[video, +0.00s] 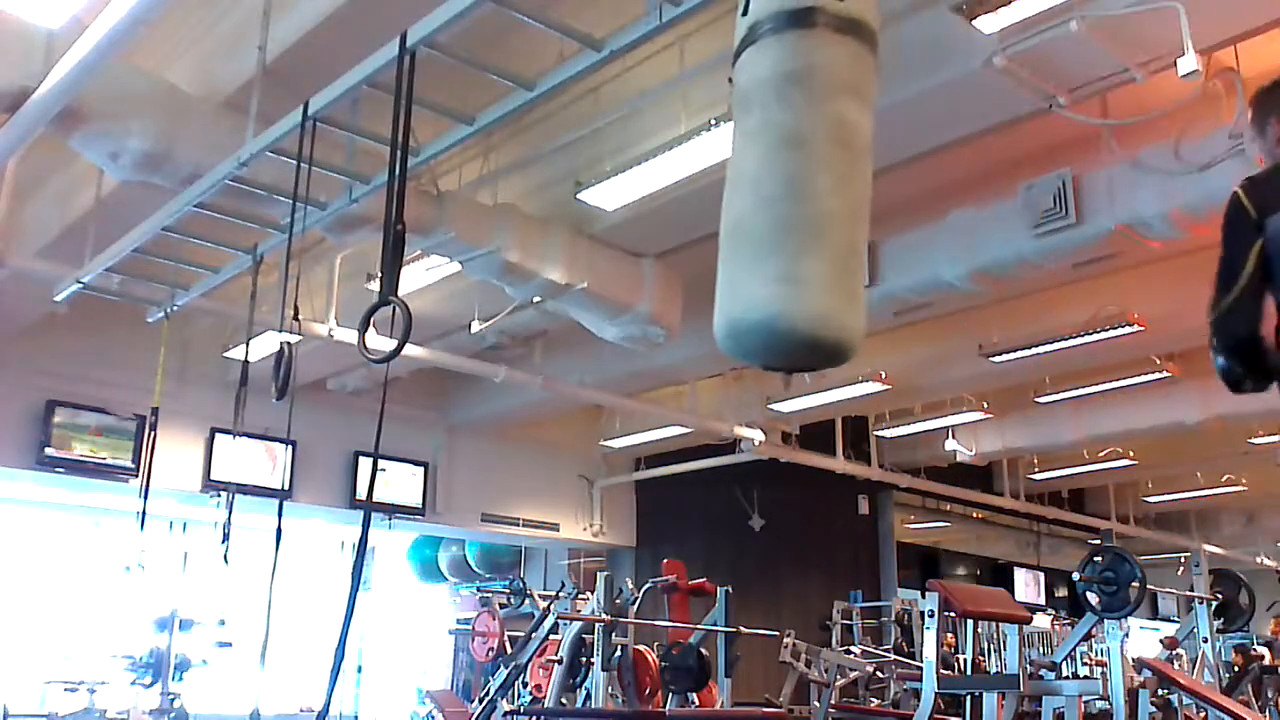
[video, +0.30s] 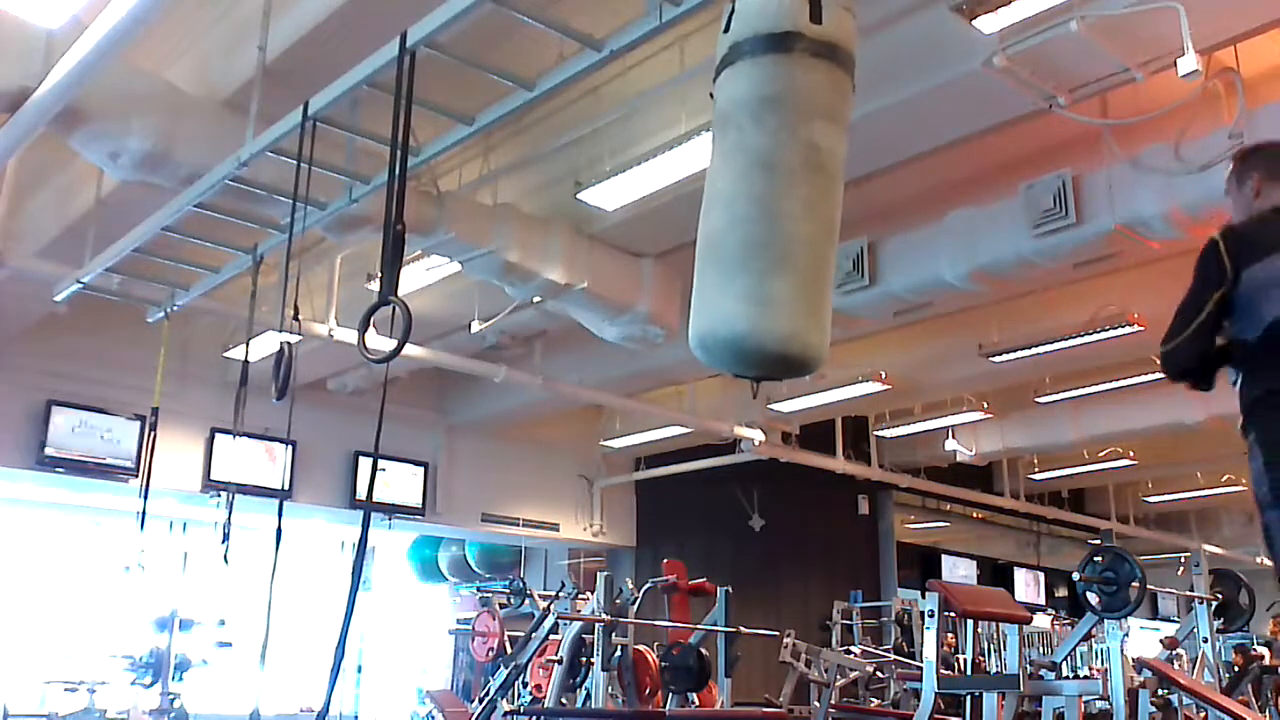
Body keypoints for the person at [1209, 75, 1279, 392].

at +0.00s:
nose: (1255, 150)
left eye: (1255, 138)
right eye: (1253, 139)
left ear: (1272, 130)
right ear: (1274, 130)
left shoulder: (1258, 198)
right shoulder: (1256, 198)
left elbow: (1232, 332)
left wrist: (1261, 369)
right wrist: (1260, 368)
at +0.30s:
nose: (1230, 207)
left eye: (1232, 193)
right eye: (1230, 195)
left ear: (1255, 186)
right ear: (1268, 187)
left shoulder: (1237, 245)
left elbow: (1180, 358)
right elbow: (1180, 357)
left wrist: (1228, 350)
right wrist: (1227, 348)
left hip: (1271, 426)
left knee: (1278, 544)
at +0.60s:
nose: (1168, 240)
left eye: (1174, 227)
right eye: (1168, 228)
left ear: (1205, 225)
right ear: (1221, 227)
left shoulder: (1204, 270)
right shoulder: (1263, 265)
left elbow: (1188, 371)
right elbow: (1235, 367)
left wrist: (1131, 354)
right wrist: (1161, 349)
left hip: (1237, 465)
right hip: (1268, 457)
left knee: (1186, 629)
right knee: (1268, 621)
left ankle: (1263, 713)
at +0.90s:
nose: (1075, 271)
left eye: (1084, 261)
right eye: (1078, 261)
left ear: (1116, 265)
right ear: (1126, 267)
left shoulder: (1123, 316)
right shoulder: (1168, 312)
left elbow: (1107, 409)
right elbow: (1143, 405)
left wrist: (1051, 391)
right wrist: (1076, 384)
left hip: (1147, 504)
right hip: (1201, 496)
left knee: (1113, 660)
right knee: (1241, 659)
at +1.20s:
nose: (980, 276)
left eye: (991, 267)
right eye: (983, 267)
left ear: (1022, 270)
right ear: (1031, 273)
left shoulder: (1019, 317)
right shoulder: (1056, 320)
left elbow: (988, 407)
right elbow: (1017, 409)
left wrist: (938, 382)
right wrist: (959, 378)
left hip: (1042, 503)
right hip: (1052, 498)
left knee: (1064, 656)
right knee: (996, 632)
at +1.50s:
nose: (867, 313)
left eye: (873, 299)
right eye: (863, 300)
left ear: (901, 299)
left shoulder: (922, 346)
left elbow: (905, 420)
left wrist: (846, 422)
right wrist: (846, 418)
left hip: (937, 531)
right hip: (906, 533)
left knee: (955, 671)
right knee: (875, 657)